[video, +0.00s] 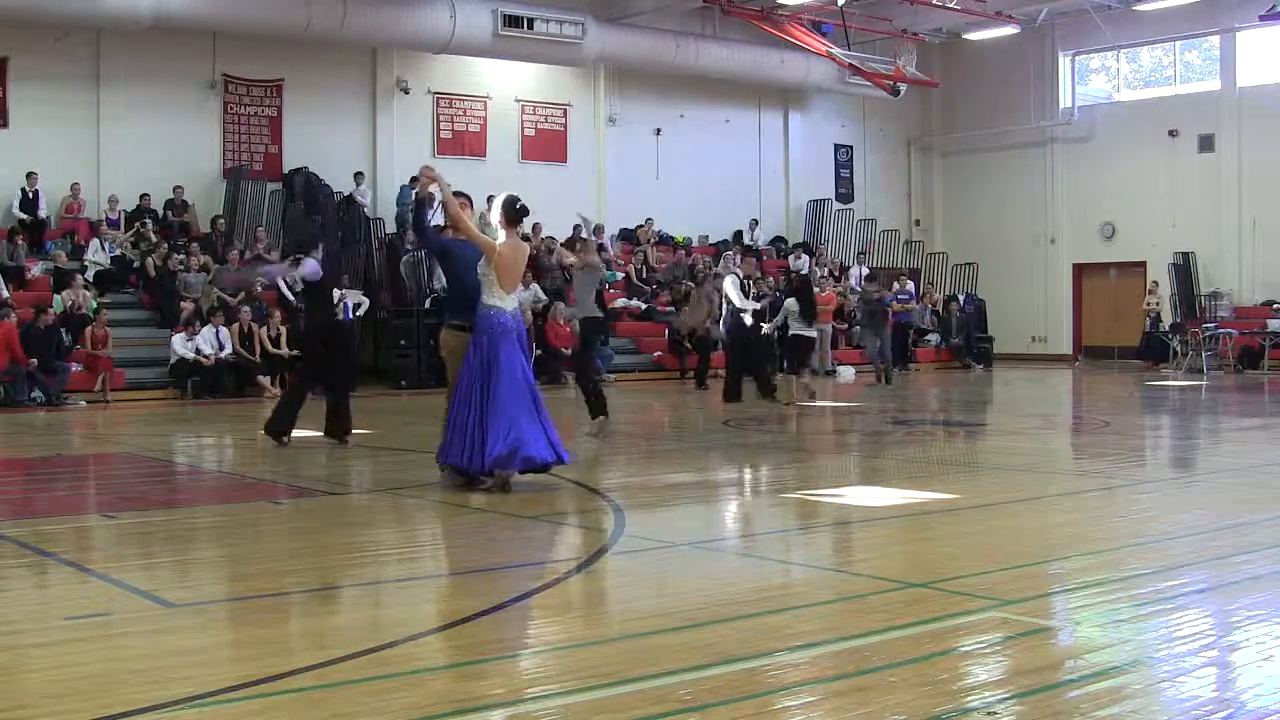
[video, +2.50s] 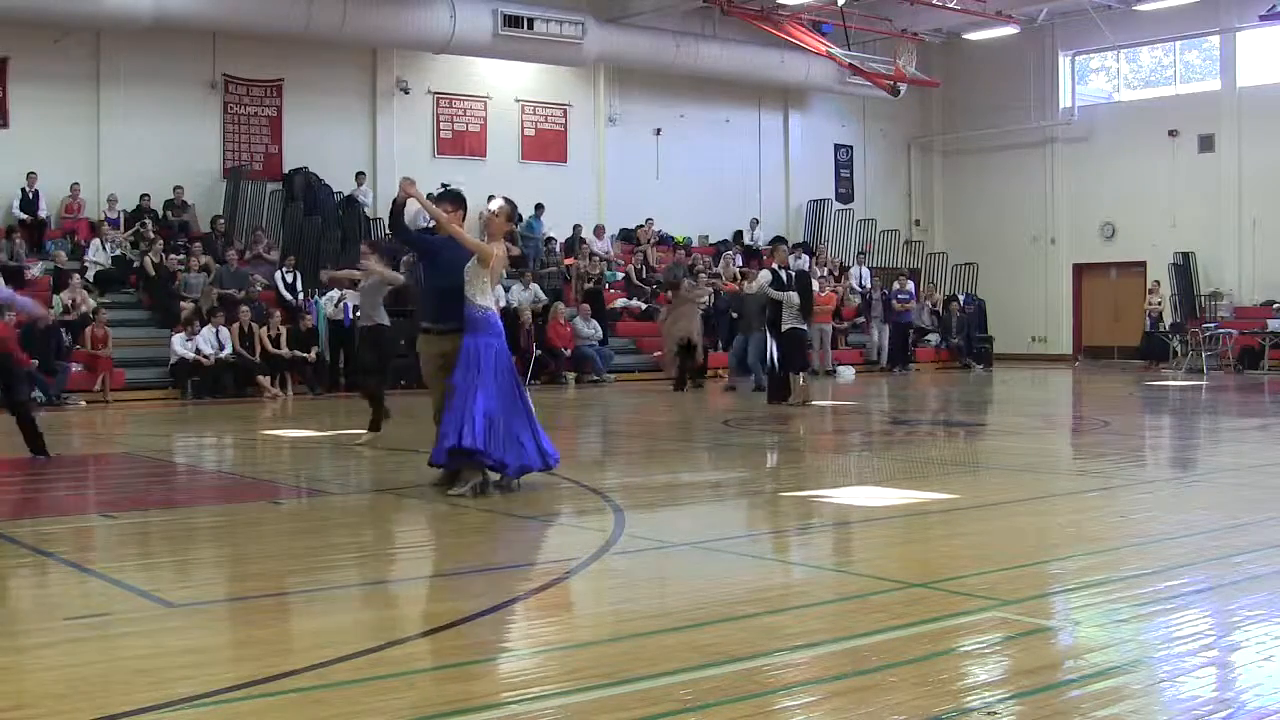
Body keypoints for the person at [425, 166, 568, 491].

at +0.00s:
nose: (490, 214)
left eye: (493, 209)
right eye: (492, 209)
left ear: (500, 216)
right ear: (517, 217)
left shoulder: (497, 248)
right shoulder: (523, 247)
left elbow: (459, 222)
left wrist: (441, 183)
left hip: (491, 323)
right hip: (512, 322)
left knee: (491, 393)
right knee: (507, 391)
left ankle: (494, 463)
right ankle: (505, 462)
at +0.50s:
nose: (491, 216)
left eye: (495, 212)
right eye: (493, 212)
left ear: (505, 221)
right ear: (516, 222)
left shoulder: (499, 249)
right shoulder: (524, 249)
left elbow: (464, 224)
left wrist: (438, 193)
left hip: (492, 323)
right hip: (510, 322)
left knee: (492, 393)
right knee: (505, 393)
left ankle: (499, 463)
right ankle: (501, 462)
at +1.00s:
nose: (491, 219)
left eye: (494, 214)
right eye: (492, 214)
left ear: (506, 220)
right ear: (516, 219)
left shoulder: (503, 250)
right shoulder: (526, 249)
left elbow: (464, 229)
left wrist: (437, 197)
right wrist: (468, 228)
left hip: (495, 323)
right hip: (512, 321)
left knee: (494, 393)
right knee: (505, 393)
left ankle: (498, 466)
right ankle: (501, 465)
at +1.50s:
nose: (497, 218)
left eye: (500, 214)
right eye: (500, 214)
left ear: (509, 220)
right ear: (522, 220)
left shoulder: (503, 250)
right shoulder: (531, 249)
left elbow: (465, 228)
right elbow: (535, 273)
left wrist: (438, 195)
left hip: (496, 323)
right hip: (517, 322)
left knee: (492, 392)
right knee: (510, 392)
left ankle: (493, 462)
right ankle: (505, 462)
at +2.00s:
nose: (494, 231)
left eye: (497, 225)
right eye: (495, 225)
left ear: (509, 227)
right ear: (514, 227)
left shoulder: (503, 257)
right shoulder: (528, 254)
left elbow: (457, 274)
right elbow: (520, 285)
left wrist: (430, 251)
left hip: (500, 330)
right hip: (518, 328)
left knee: (460, 381)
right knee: (512, 394)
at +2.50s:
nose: (487, 217)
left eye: (494, 214)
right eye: (488, 212)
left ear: (508, 225)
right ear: (494, 221)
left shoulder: (491, 251)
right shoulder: (498, 250)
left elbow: (451, 227)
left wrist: (419, 197)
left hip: (482, 330)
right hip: (489, 328)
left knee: (471, 397)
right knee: (493, 396)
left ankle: (473, 469)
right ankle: (508, 463)